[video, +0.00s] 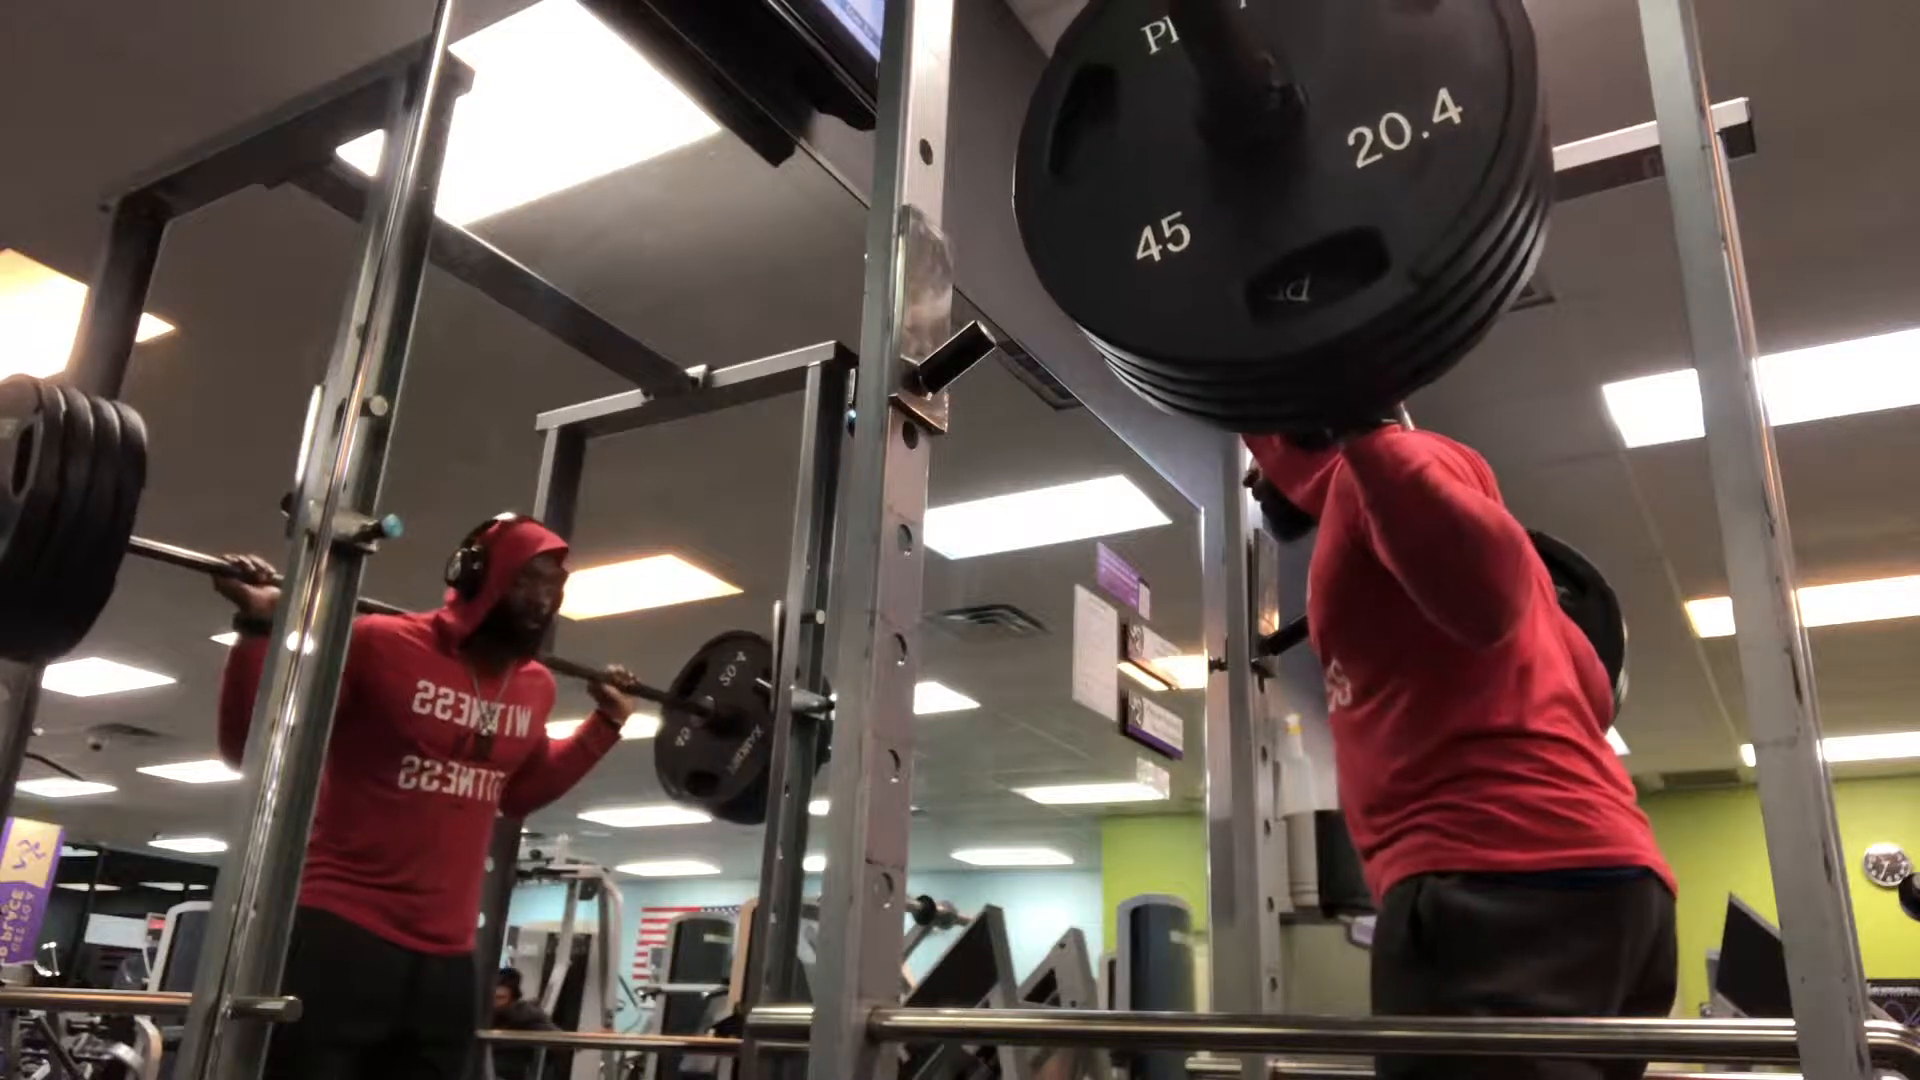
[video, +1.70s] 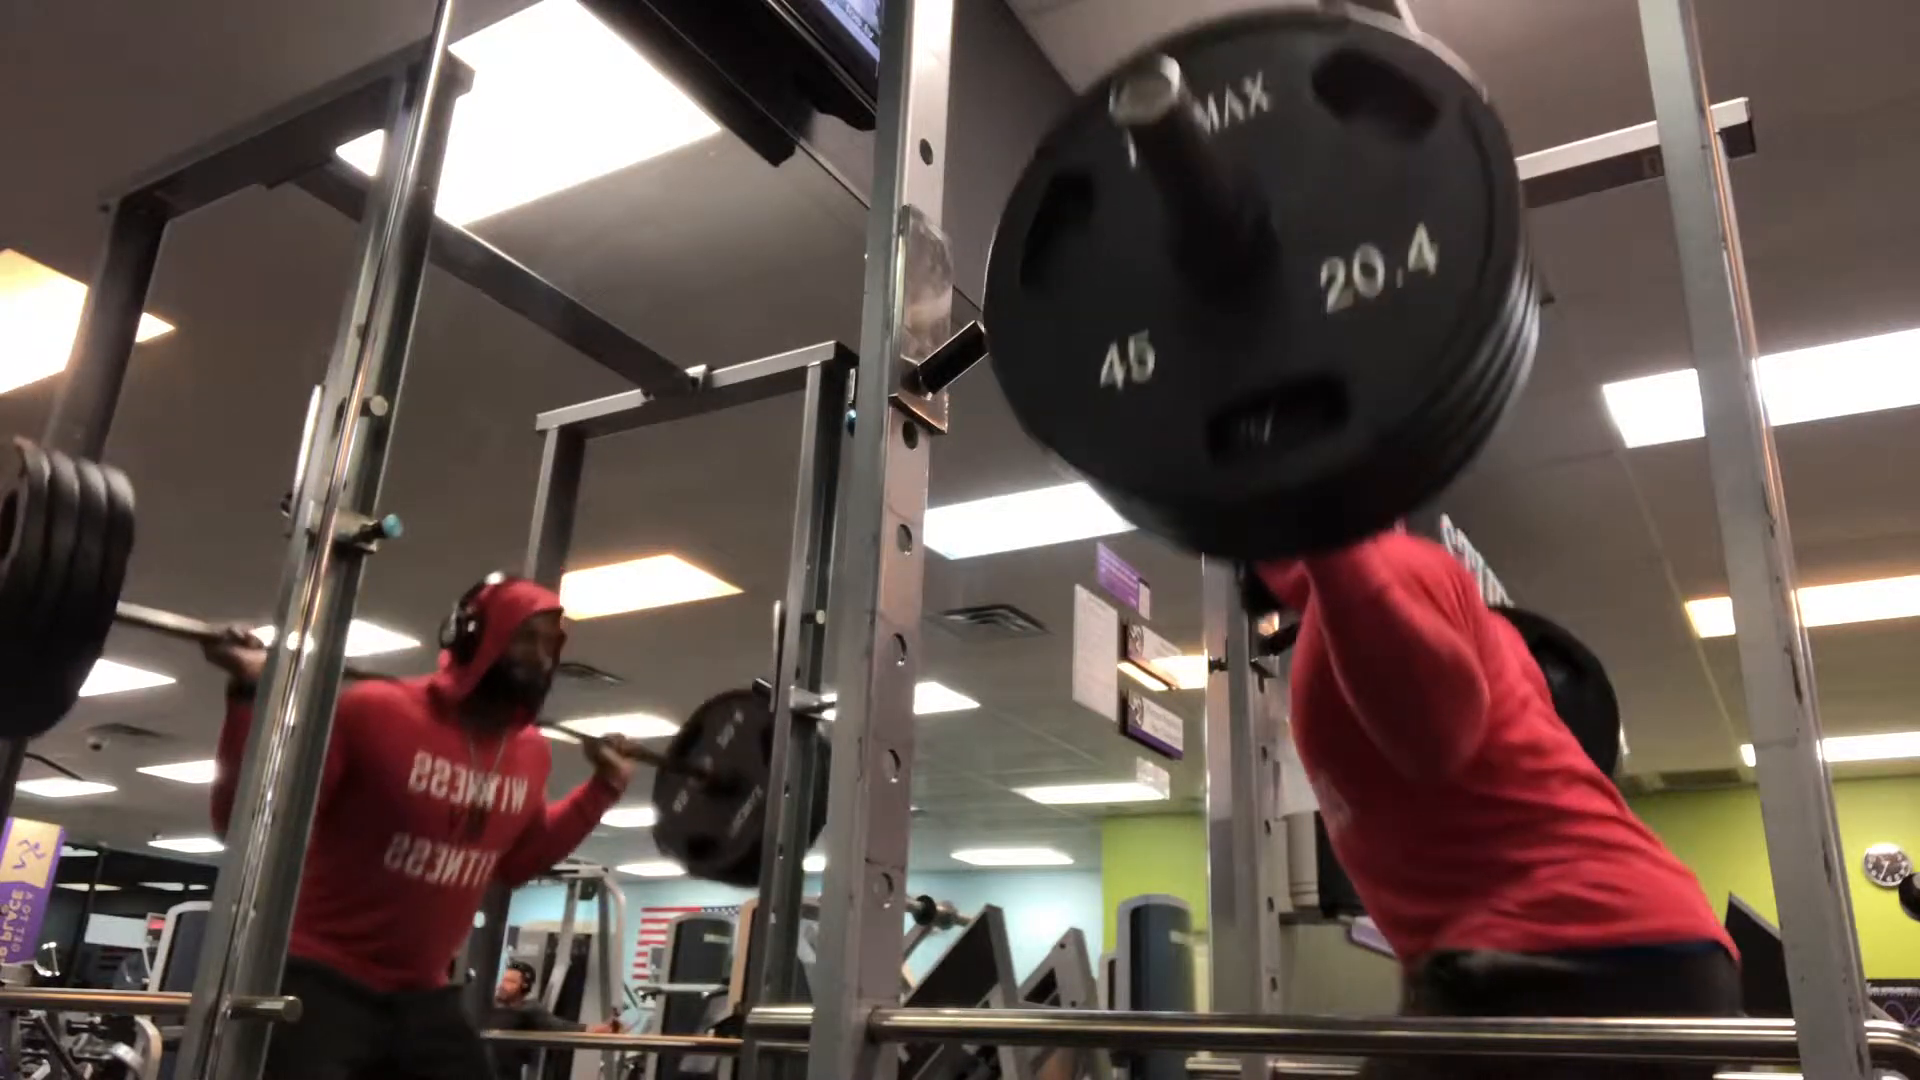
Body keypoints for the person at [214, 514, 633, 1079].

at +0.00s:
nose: (545, 598)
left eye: (555, 583)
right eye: (531, 577)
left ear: (560, 594)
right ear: (482, 576)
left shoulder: (533, 686)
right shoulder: (376, 641)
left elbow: (519, 794)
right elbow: (242, 746)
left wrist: (605, 722)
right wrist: (257, 628)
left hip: (448, 954)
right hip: (341, 929)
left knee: (435, 1071)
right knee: (315, 1070)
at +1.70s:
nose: (546, 661)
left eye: (554, 646)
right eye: (531, 639)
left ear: (557, 656)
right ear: (484, 639)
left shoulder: (530, 753)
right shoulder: (369, 710)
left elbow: (514, 863)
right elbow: (237, 821)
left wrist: (601, 790)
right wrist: (248, 695)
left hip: (426, 999)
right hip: (320, 985)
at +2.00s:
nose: (532, 727)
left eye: (542, 713)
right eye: (516, 707)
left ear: (548, 724)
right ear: (470, 706)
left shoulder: (520, 822)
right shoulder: (359, 783)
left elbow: (505, 929)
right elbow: (227, 899)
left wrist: (594, 858)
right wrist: (242, 772)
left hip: (410, 1051)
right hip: (305, 1040)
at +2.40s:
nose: (520, 805)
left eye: (531, 791)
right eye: (505, 786)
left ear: (540, 801)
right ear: (457, 783)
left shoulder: (512, 892)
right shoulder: (344, 862)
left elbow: (498, 1004)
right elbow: (224, 981)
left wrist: (585, 928)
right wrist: (226, 853)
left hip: (407, 1073)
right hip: (302, 1066)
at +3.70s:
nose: (529, 738)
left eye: (540, 722)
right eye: (513, 716)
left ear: (547, 734)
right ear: (467, 718)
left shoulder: (523, 829)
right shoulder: (358, 795)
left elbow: (511, 932)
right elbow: (223, 918)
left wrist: (601, 862)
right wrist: (242, 778)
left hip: (417, 1049)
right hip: (314, 1037)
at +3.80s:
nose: (532, 699)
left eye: (544, 686)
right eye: (516, 680)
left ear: (553, 699)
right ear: (471, 681)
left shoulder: (528, 795)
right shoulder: (365, 759)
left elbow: (515, 904)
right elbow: (233, 869)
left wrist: (606, 832)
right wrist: (247, 747)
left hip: (427, 1028)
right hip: (321, 1017)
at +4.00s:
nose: (548, 619)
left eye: (555, 604)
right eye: (530, 601)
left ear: (559, 616)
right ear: (482, 604)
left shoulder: (539, 717)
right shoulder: (374, 683)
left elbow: (528, 829)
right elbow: (250, 796)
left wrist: (612, 760)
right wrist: (261, 659)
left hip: (437, 963)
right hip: (333, 952)